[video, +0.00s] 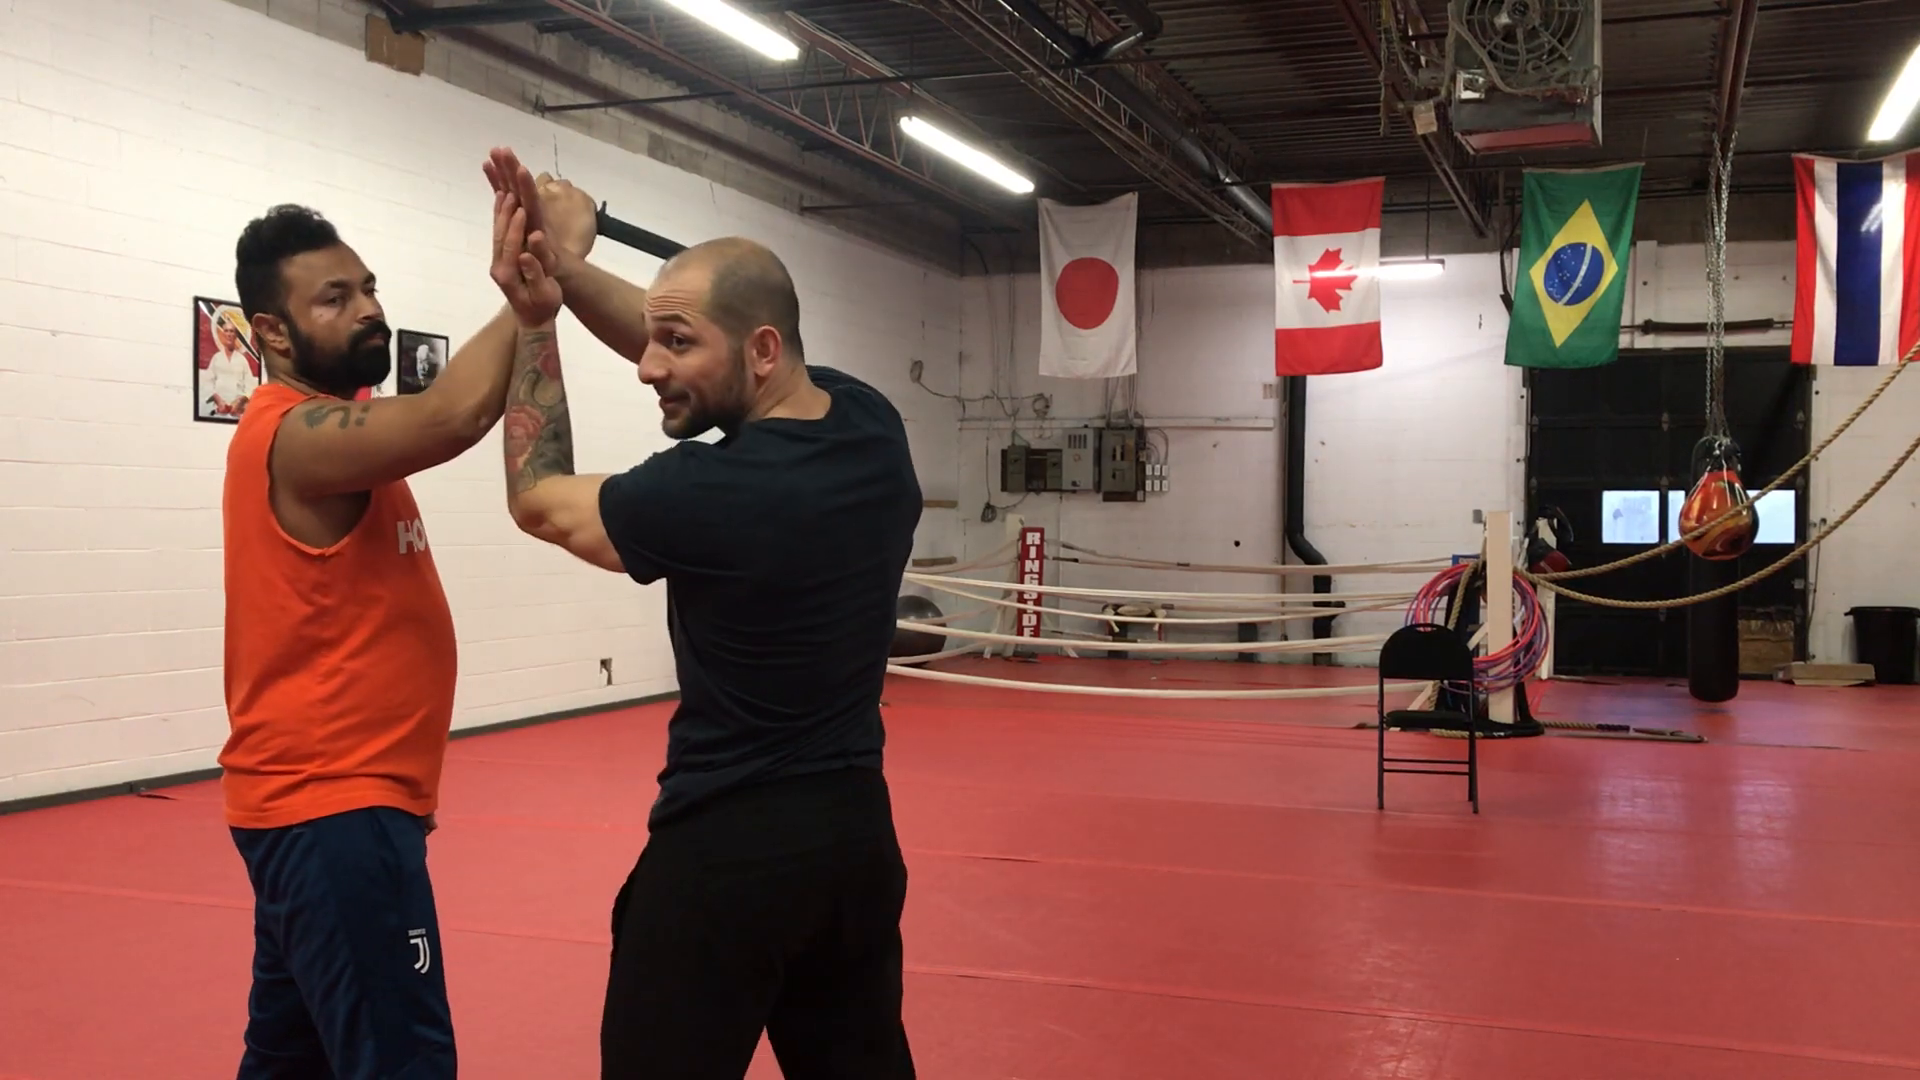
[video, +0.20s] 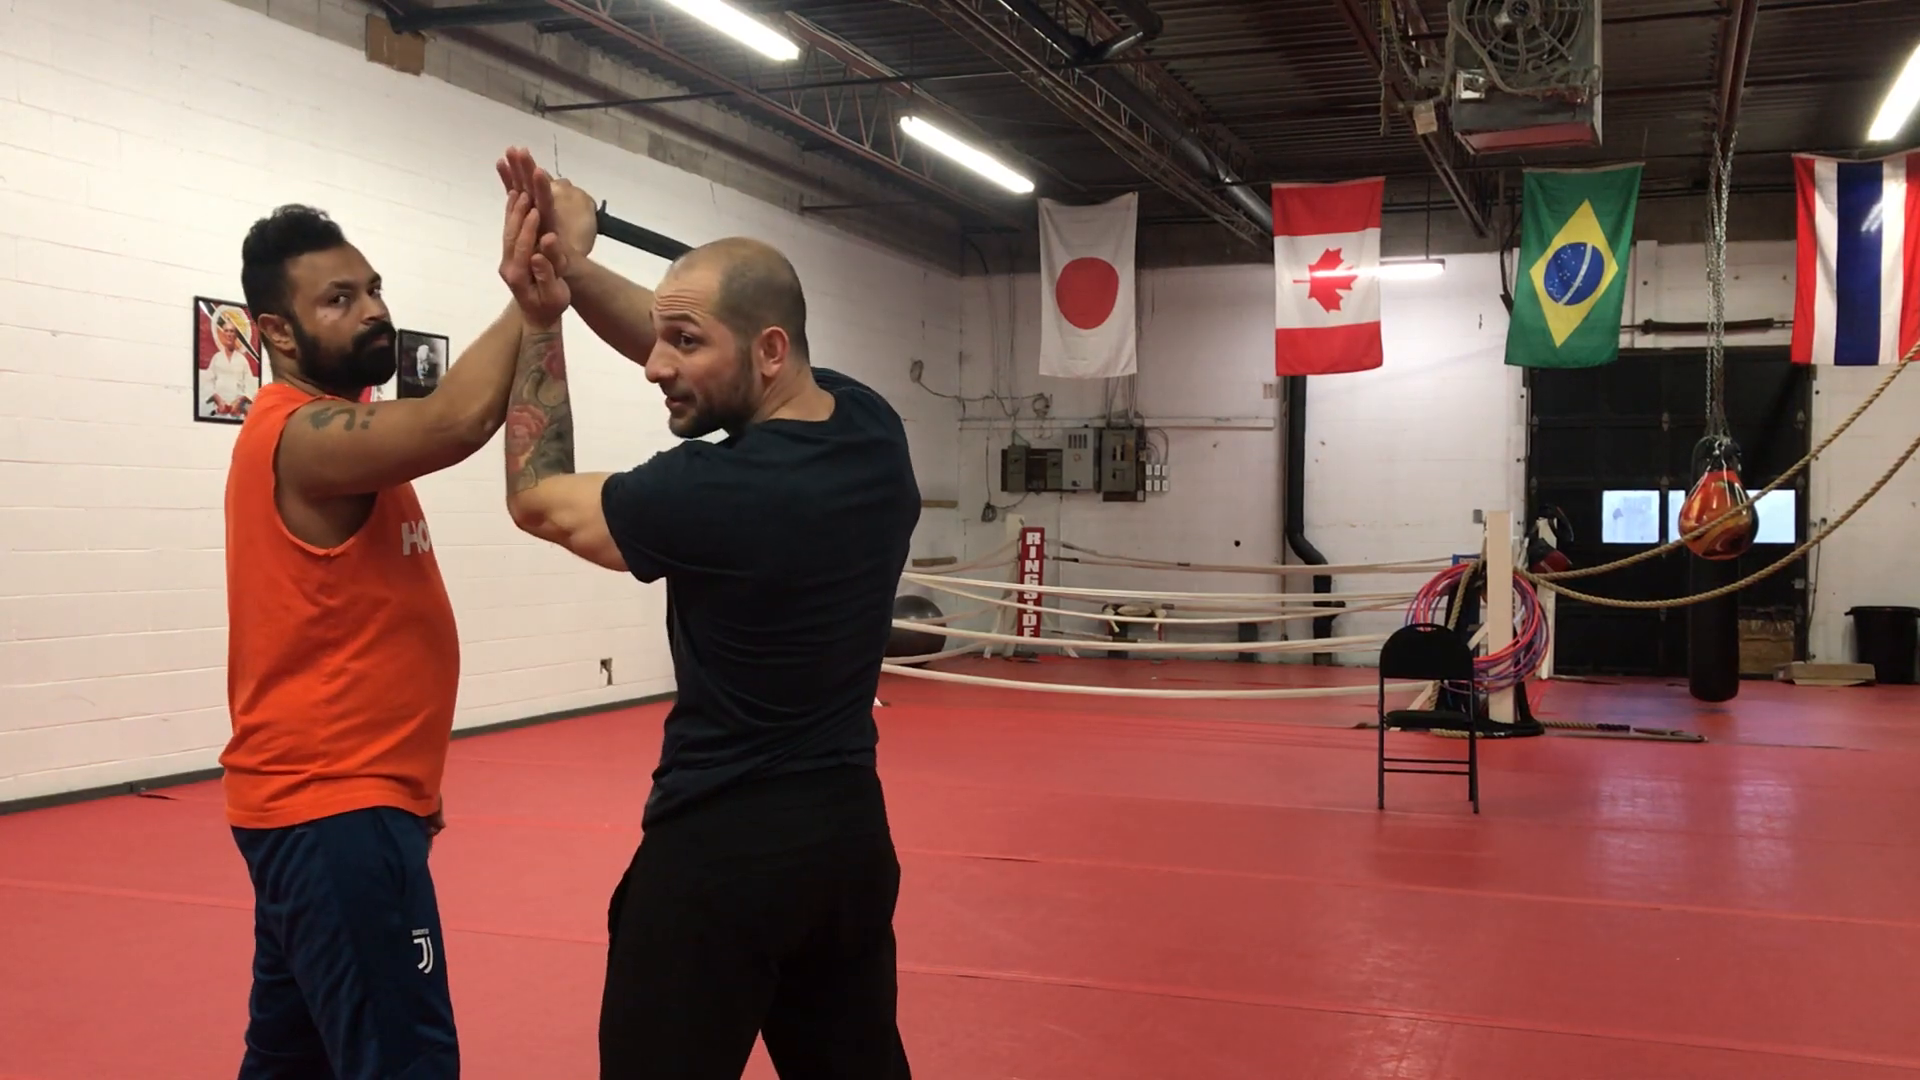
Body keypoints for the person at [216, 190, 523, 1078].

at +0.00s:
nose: (369, 311)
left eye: (367, 288)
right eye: (335, 300)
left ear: (372, 287)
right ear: (271, 333)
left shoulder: (306, 422)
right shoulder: (299, 431)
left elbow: (450, 420)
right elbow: (452, 414)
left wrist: (522, 301)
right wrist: (525, 305)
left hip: (325, 798)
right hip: (334, 805)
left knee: (292, 1054)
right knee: (406, 1057)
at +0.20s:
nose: (375, 312)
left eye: (373, 290)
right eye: (341, 298)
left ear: (378, 292)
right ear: (277, 330)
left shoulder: (315, 422)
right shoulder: (301, 429)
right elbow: (453, 422)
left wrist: (537, 304)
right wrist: (528, 307)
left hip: (325, 799)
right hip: (335, 807)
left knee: (291, 1054)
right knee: (407, 1056)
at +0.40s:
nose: (377, 305)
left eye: (375, 285)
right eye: (342, 295)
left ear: (381, 291)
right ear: (281, 333)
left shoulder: (326, 424)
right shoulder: (305, 430)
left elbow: (347, 628)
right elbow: (455, 418)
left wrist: (420, 762)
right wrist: (529, 298)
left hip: (338, 793)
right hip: (333, 802)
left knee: (296, 1054)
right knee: (409, 1056)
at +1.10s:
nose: (500, 316)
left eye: (500, 296)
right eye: (467, 303)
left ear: (503, 301)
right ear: (406, 337)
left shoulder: (457, 426)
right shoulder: (422, 432)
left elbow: (460, 627)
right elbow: (558, 428)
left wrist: (531, 758)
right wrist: (626, 311)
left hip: (459, 789)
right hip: (441, 796)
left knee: (394, 1055)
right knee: (517, 1055)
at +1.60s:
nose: (626, 320)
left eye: (624, 299)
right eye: (595, 307)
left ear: (625, 303)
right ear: (534, 339)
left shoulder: (578, 428)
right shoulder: (541, 432)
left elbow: (581, 621)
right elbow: (670, 432)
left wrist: (643, 754)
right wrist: (748, 315)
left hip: (572, 786)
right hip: (555, 792)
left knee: (497, 1051)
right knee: (631, 1056)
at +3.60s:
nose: (690, 322)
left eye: (691, 302)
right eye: (658, 311)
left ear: (702, 309)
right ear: (603, 345)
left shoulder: (654, 434)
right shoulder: (611, 433)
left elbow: (650, 628)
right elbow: (741, 428)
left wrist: (715, 751)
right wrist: (823, 310)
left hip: (630, 788)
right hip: (623, 796)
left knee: (565, 1051)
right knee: (695, 1054)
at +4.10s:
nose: (671, 316)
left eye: (671, 298)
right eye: (641, 306)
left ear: (679, 303)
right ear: (584, 340)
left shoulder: (626, 429)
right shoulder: (611, 433)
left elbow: (628, 623)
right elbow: (764, 437)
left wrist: (708, 750)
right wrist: (895, 385)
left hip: (615, 786)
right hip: (623, 791)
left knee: (576, 1046)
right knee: (691, 1053)